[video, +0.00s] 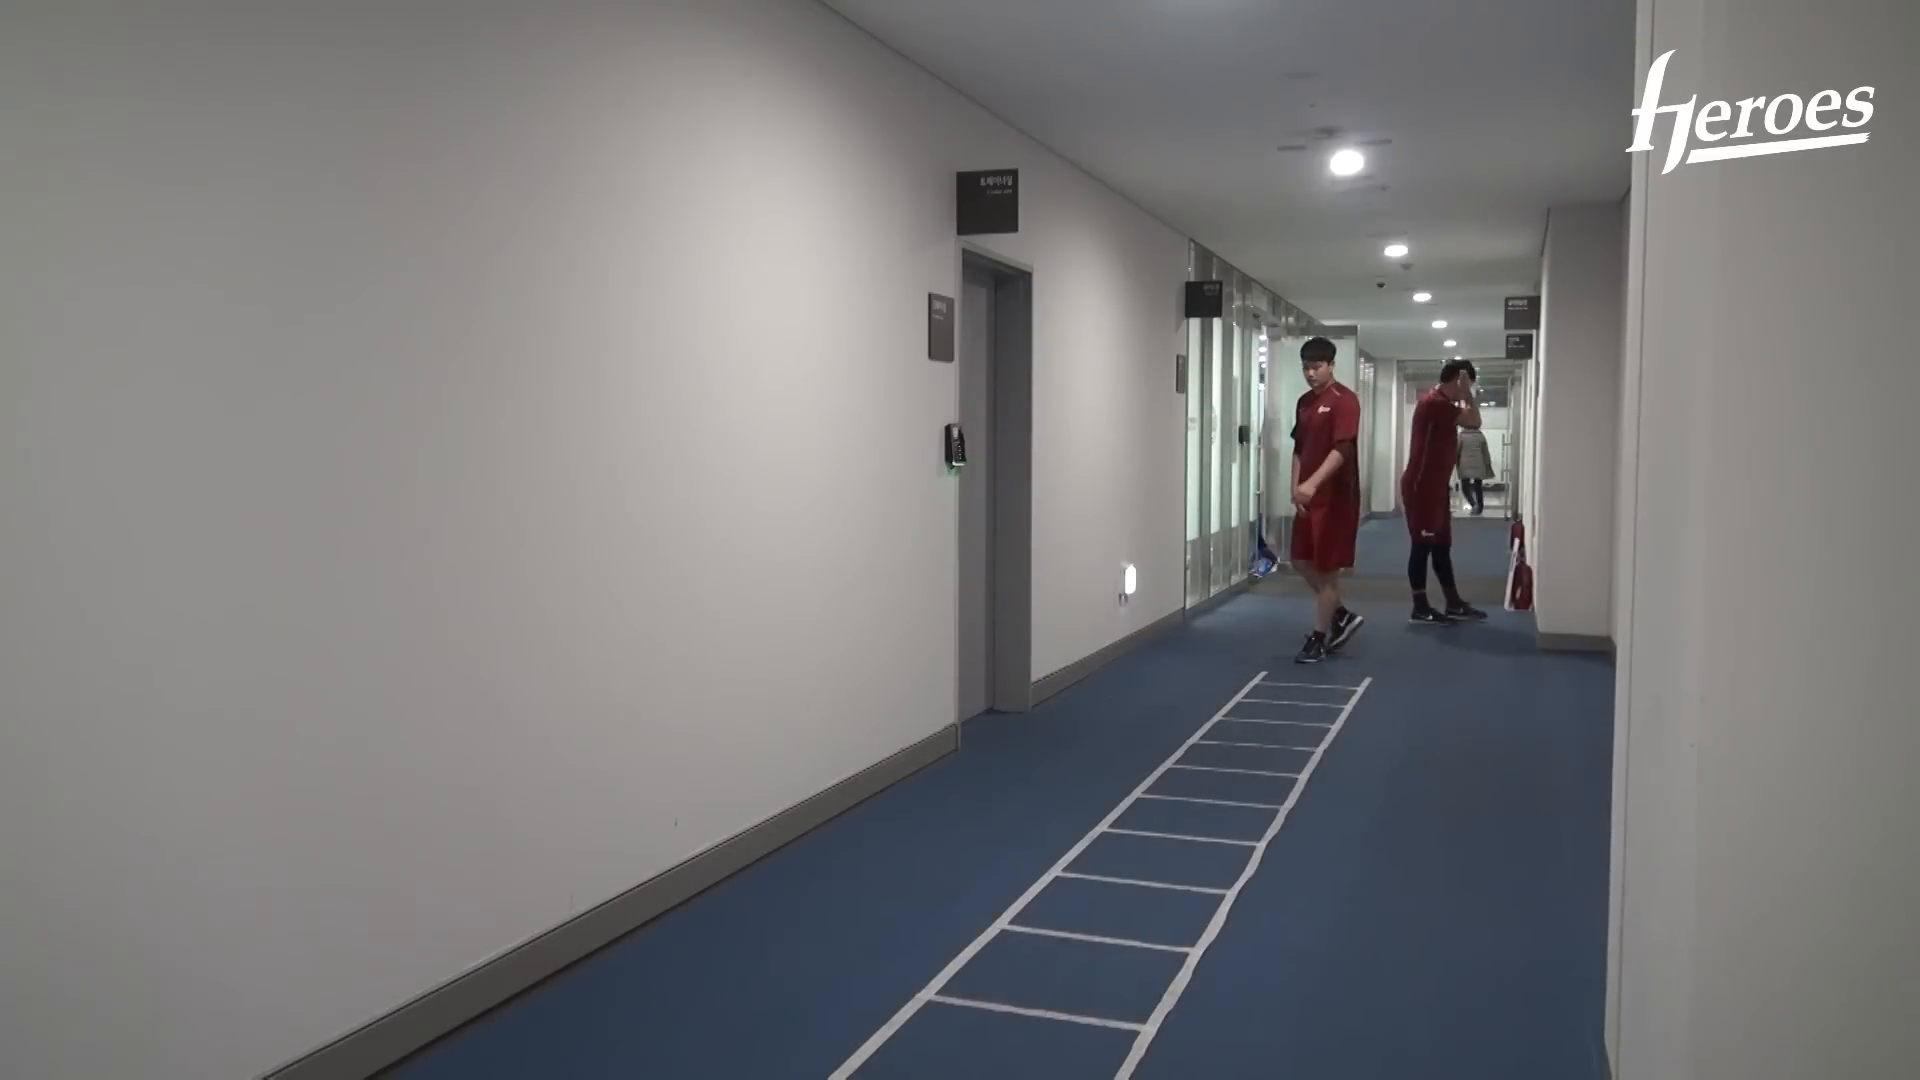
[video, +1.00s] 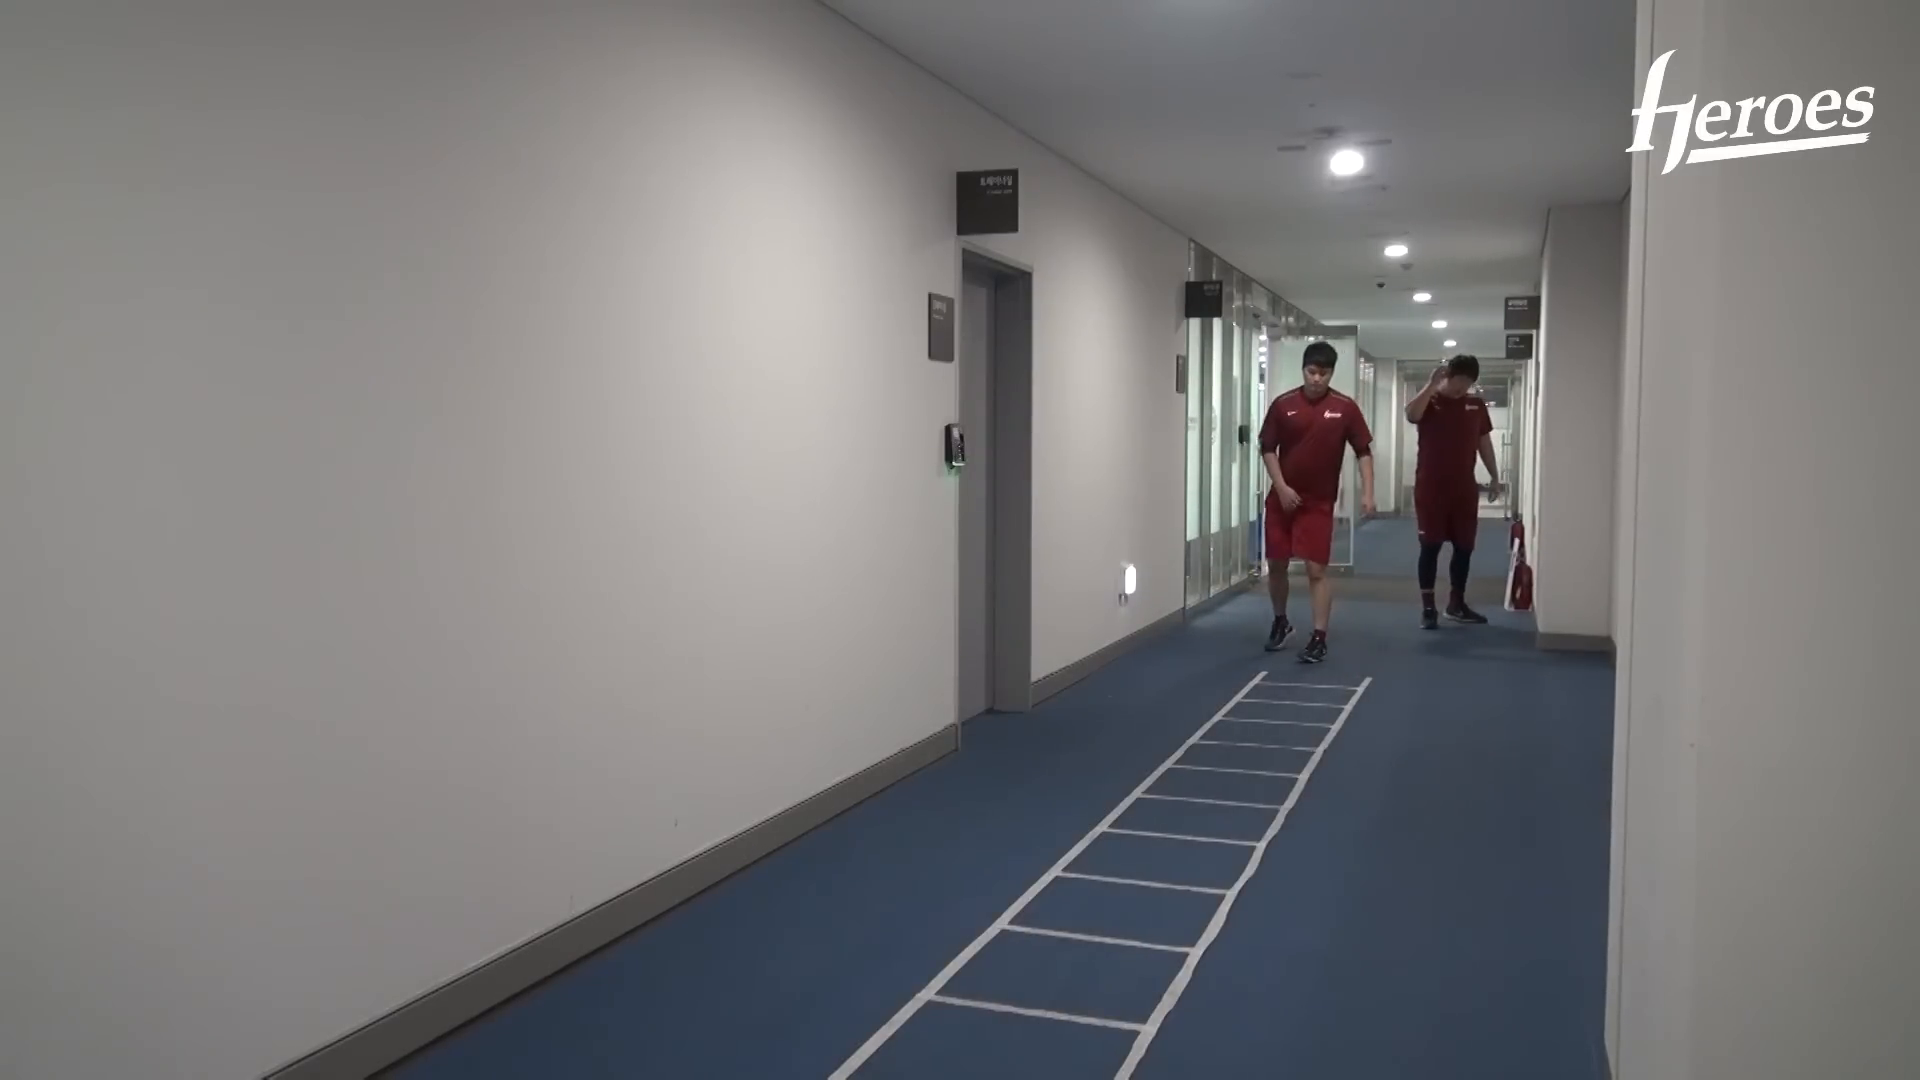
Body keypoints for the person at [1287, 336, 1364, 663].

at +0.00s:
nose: (1310, 372)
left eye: (1316, 366)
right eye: (1306, 367)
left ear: (1331, 366)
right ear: (1303, 368)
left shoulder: (1345, 399)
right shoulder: (1305, 401)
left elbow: (1342, 449)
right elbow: (1299, 448)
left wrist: (1312, 482)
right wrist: (1296, 486)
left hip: (1336, 496)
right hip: (1310, 495)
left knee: (1327, 568)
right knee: (1302, 561)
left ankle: (1319, 636)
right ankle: (1340, 615)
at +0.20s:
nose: (1315, 371)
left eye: (1322, 364)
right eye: (1310, 364)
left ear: (1334, 366)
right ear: (1305, 366)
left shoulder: (1346, 400)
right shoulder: (1302, 401)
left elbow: (1342, 450)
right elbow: (1295, 448)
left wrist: (1307, 480)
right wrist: (1292, 486)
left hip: (1333, 497)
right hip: (1306, 495)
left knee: (1325, 569)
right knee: (1291, 557)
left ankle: (1319, 638)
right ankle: (1311, 614)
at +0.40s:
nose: (1319, 372)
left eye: (1326, 366)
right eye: (1314, 365)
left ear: (1337, 367)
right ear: (1307, 366)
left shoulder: (1350, 402)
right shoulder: (1298, 400)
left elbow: (1351, 454)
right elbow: (1290, 448)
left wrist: (1341, 497)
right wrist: (1291, 489)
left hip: (1333, 500)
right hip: (1301, 496)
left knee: (1324, 570)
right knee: (1283, 554)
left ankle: (1318, 637)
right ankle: (1285, 613)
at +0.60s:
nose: (1322, 373)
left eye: (1329, 368)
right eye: (1317, 367)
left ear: (1339, 369)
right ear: (1309, 366)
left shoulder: (1354, 404)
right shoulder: (1293, 401)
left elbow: (1369, 452)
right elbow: (1284, 448)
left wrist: (1377, 494)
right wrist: (1291, 487)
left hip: (1330, 501)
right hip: (1295, 495)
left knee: (1322, 571)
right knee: (1272, 552)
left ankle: (1318, 637)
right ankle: (1272, 612)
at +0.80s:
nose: (1323, 375)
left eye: (1330, 370)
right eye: (1319, 368)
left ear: (1339, 371)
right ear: (1310, 367)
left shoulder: (1354, 406)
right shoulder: (1290, 402)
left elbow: (1374, 449)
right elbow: (1274, 446)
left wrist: (1385, 491)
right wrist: (1287, 483)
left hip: (1326, 500)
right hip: (1289, 494)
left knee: (1319, 570)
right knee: (1269, 555)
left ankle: (1318, 638)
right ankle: (1274, 613)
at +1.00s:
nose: (1316, 377)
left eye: (1323, 371)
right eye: (1311, 370)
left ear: (1332, 373)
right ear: (1303, 371)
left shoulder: (1345, 408)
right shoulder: (1282, 405)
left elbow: (1363, 451)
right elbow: (1267, 448)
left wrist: (1368, 493)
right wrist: (1281, 486)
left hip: (1320, 502)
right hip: (1282, 497)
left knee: (1316, 571)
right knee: (1277, 566)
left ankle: (1319, 637)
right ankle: (1280, 621)